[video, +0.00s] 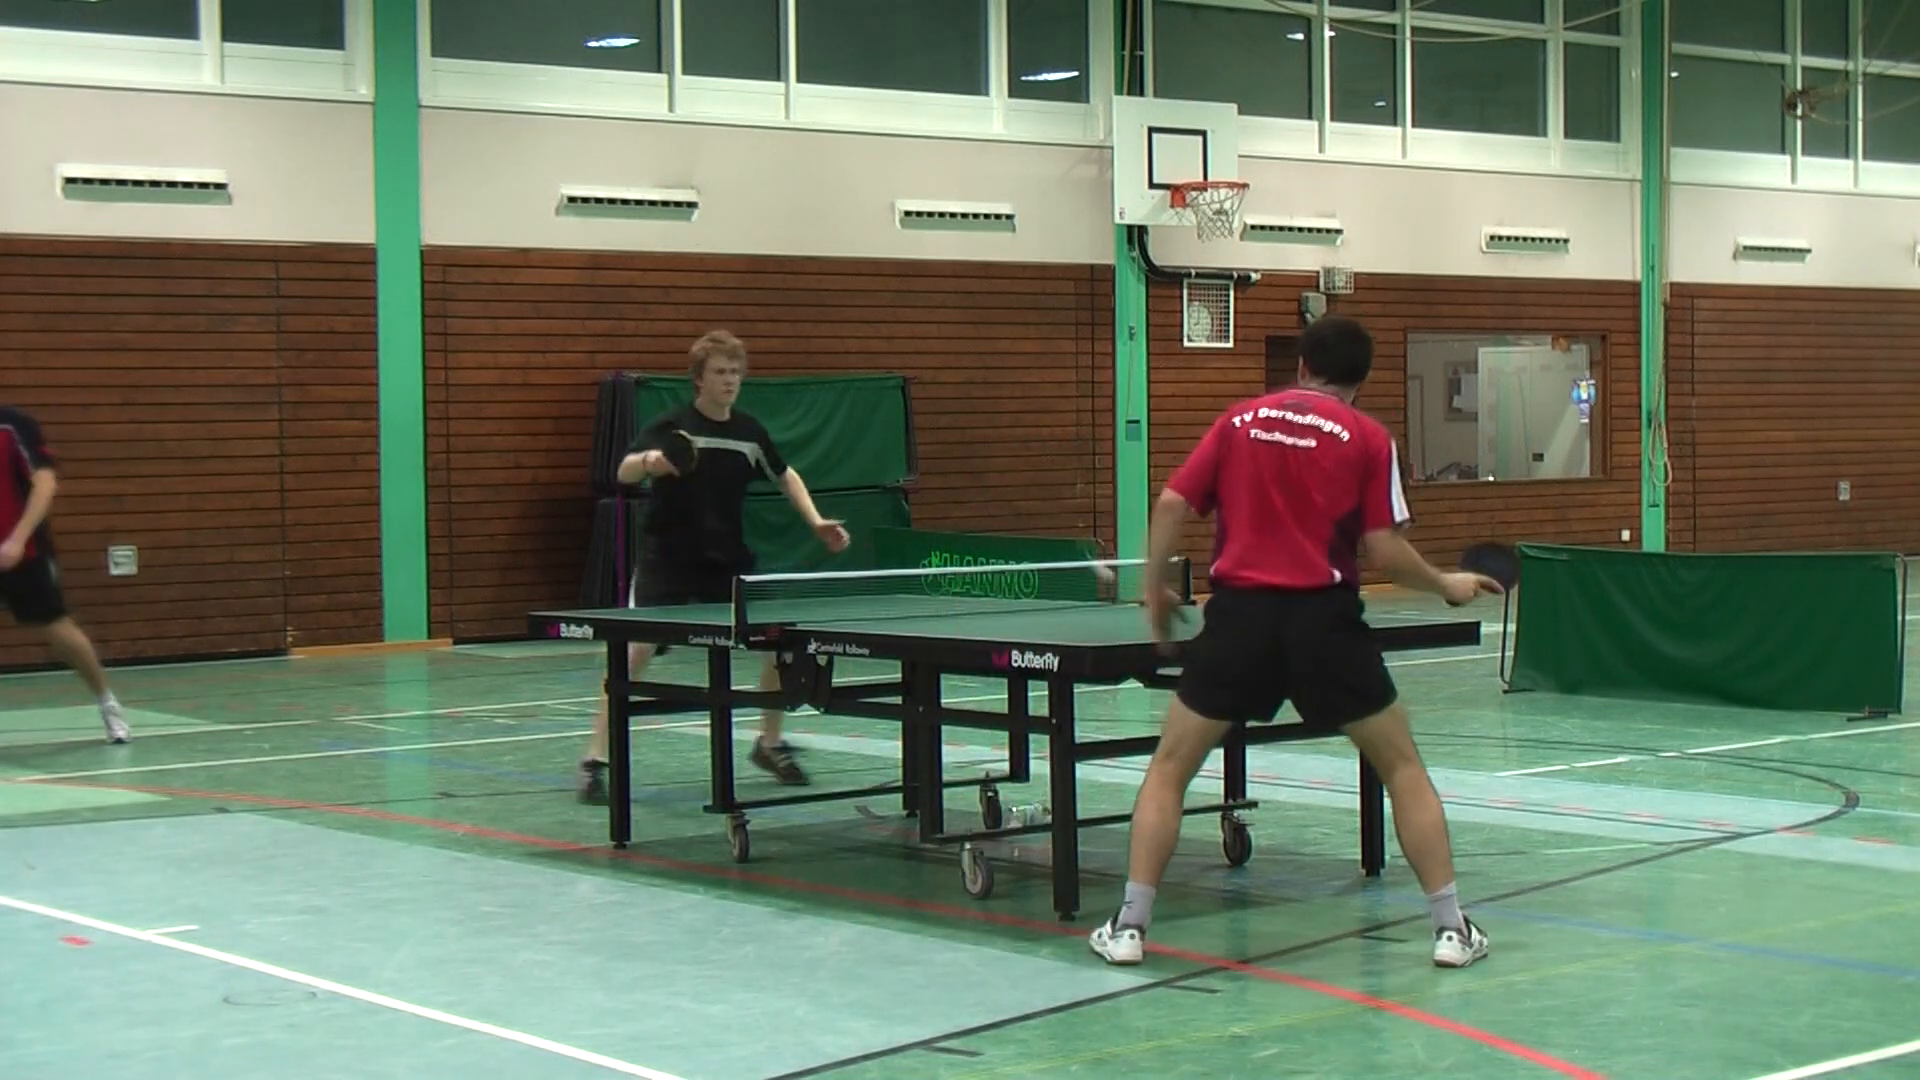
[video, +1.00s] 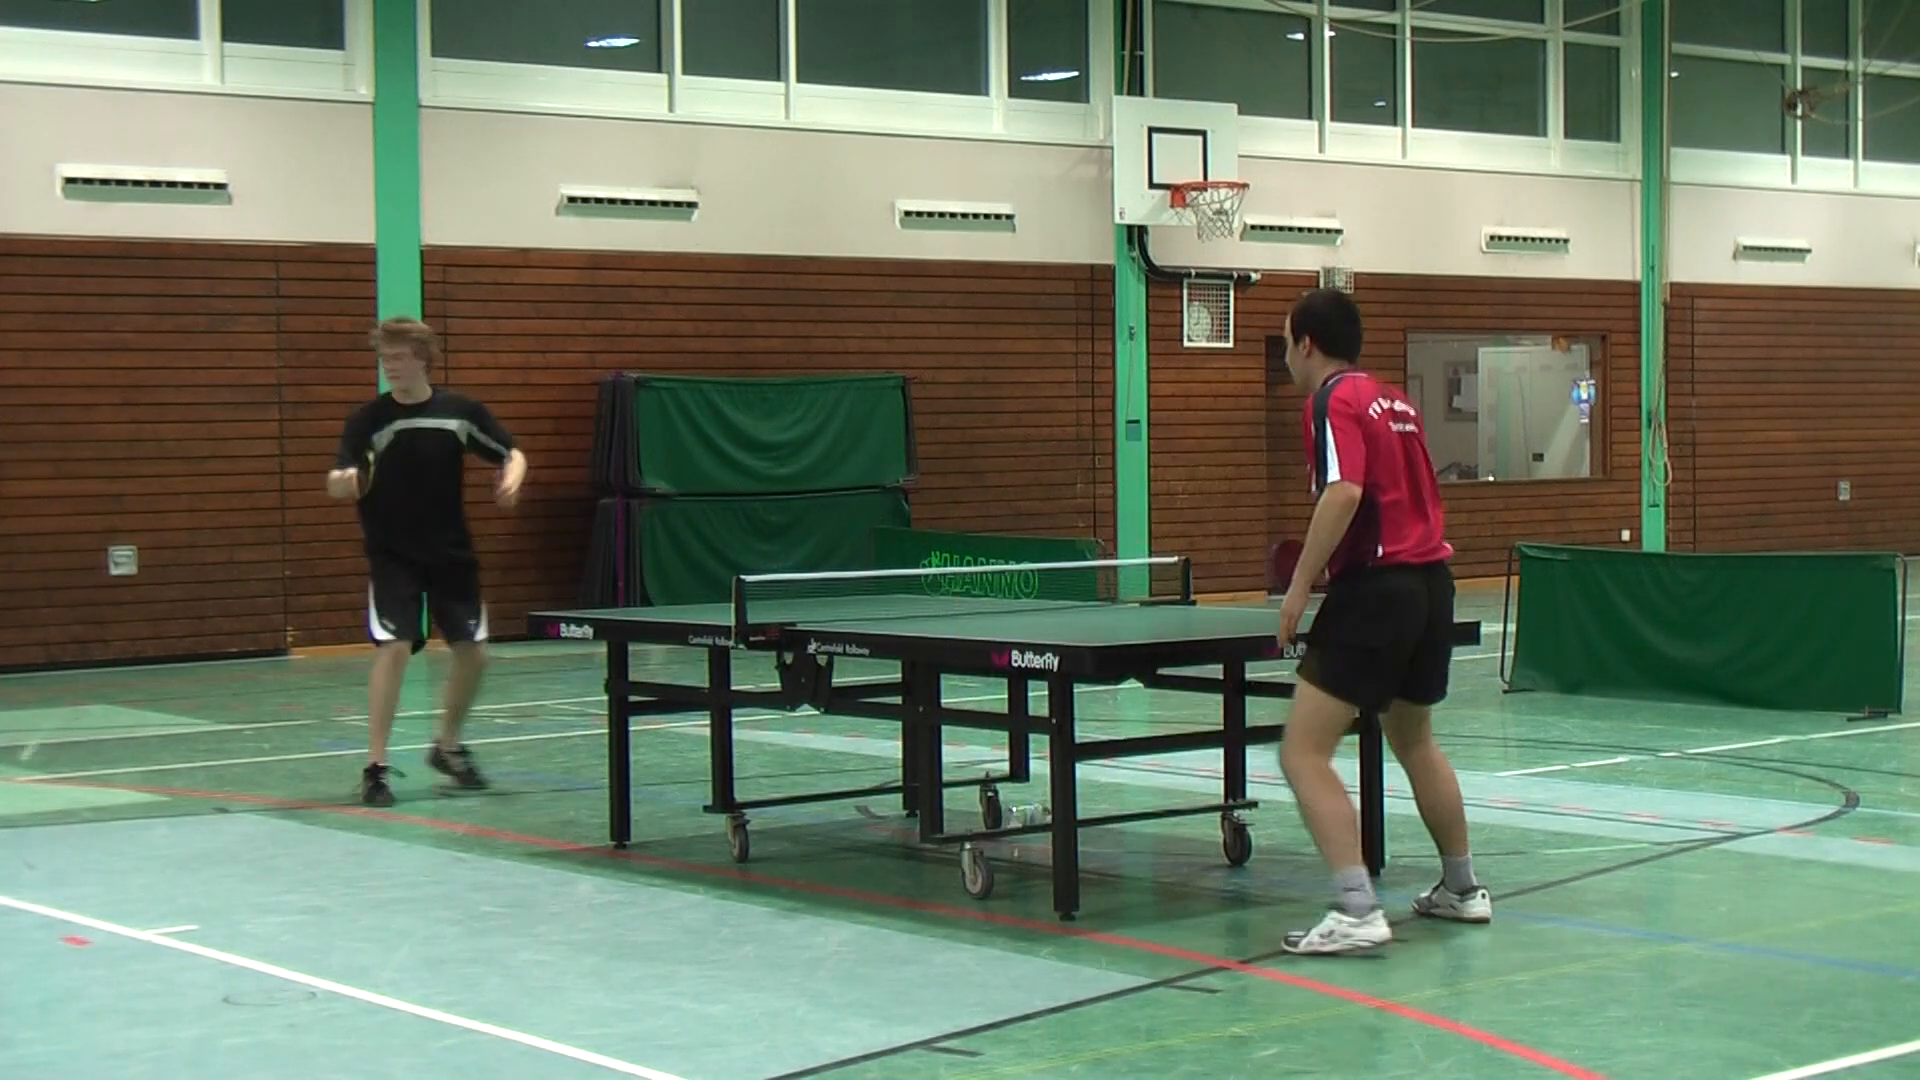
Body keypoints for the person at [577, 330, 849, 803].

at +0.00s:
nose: (730, 380)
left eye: (735, 373)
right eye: (720, 372)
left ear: (742, 378)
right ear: (698, 377)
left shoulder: (750, 431)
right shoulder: (670, 427)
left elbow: (786, 476)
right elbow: (623, 473)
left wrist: (816, 521)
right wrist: (646, 464)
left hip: (729, 563)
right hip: (667, 564)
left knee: (780, 641)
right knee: (635, 652)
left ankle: (770, 742)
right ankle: (595, 757)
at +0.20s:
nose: (690, 384)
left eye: (695, 376)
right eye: (680, 376)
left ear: (701, 380)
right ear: (657, 381)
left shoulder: (713, 436)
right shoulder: (632, 435)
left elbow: (750, 482)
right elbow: (584, 486)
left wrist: (765, 516)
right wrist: (617, 489)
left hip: (696, 574)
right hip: (633, 575)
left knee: (744, 650)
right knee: (592, 660)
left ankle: (760, 755)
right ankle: (544, 766)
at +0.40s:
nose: (629, 397)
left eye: (634, 388)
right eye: (619, 390)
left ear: (642, 390)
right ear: (599, 396)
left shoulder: (665, 442)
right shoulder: (582, 449)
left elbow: (705, 490)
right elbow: (542, 510)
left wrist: (698, 523)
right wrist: (568, 545)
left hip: (652, 577)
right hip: (591, 577)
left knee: (703, 655)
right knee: (537, 646)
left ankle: (709, 751)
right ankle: (483, 749)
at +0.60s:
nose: (488, 442)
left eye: (496, 432)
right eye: (481, 435)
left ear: (518, 431)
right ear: (473, 441)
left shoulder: (561, 476)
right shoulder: (474, 498)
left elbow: (624, 502)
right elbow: (423, 543)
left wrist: (672, 547)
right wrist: (361, 568)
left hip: (587, 597)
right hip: (518, 601)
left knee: (648, 670)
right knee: (464, 663)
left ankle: (710, 752)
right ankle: (427, 776)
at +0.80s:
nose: (427, 406)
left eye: (434, 396)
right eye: (419, 398)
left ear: (447, 397)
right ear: (405, 401)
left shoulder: (481, 440)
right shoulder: (396, 453)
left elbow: (539, 462)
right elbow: (361, 511)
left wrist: (591, 473)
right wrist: (386, 481)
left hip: (497, 575)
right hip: (437, 581)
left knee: (549, 663)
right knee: (405, 656)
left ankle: (568, 747)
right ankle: (422, 771)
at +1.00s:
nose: (394, 368)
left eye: (402, 359)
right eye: (387, 361)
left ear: (425, 359)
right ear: (381, 364)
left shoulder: (459, 410)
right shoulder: (368, 420)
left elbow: (513, 453)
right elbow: (336, 485)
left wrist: (511, 475)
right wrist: (348, 484)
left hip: (450, 552)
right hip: (392, 554)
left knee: (472, 650)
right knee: (396, 646)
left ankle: (446, 747)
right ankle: (376, 766)